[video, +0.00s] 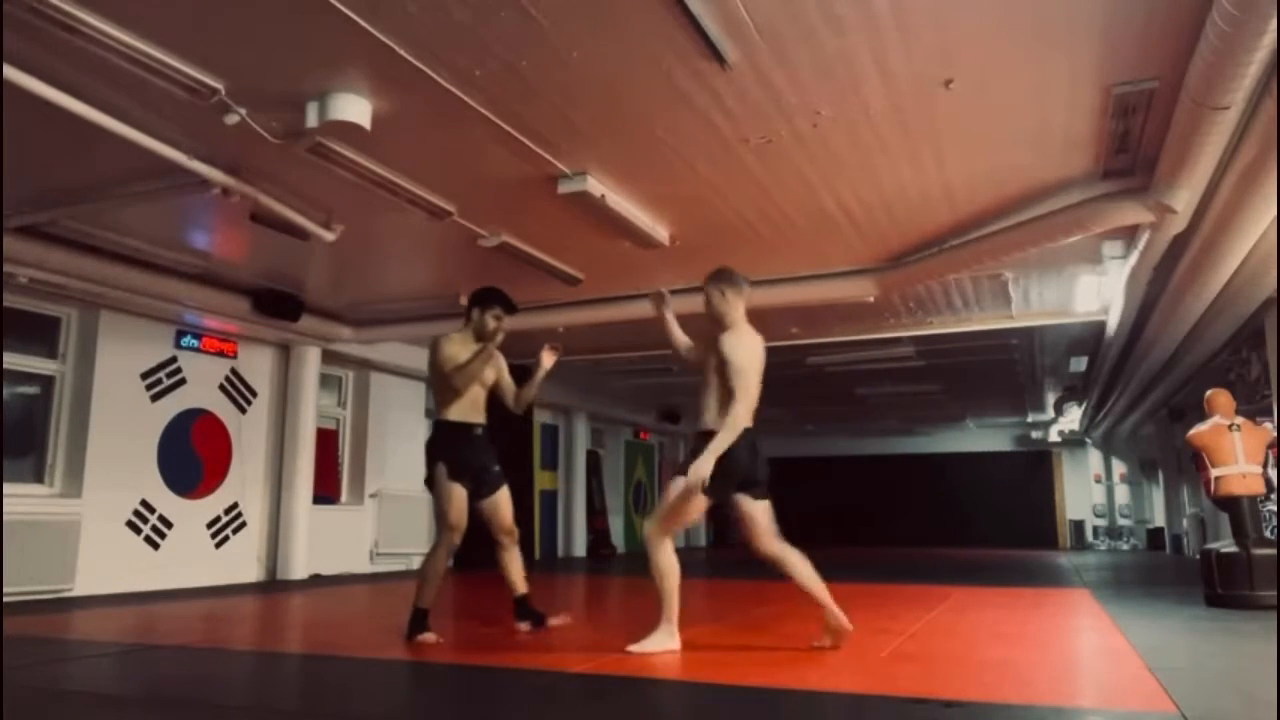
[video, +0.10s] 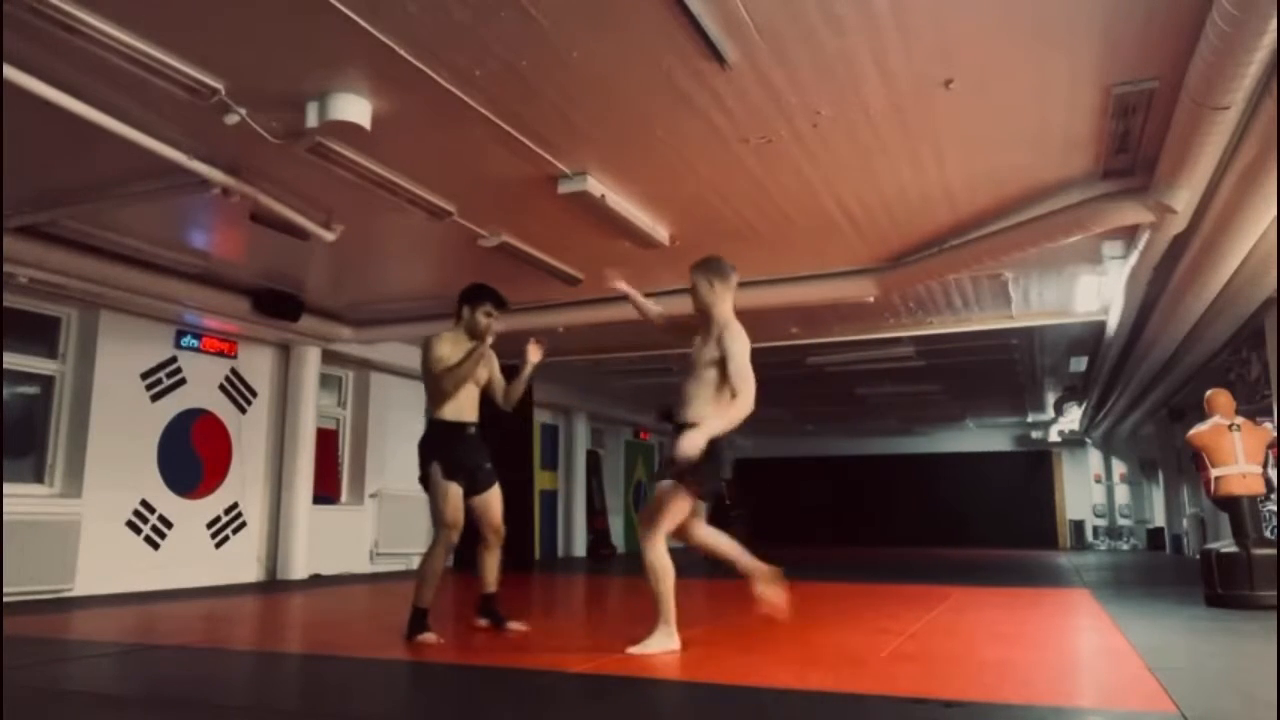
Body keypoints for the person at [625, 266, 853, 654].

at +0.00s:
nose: (708, 308)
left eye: (711, 300)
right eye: (707, 301)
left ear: (728, 296)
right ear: (736, 296)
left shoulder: (735, 340)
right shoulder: (739, 338)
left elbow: (742, 411)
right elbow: (690, 352)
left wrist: (706, 457)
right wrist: (667, 315)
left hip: (719, 449)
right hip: (744, 450)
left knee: (657, 532)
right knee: (768, 542)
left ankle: (667, 631)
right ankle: (834, 614)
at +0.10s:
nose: (694, 298)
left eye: (697, 290)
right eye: (693, 290)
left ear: (718, 286)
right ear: (717, 286)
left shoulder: (731, 333)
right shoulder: (709, 327)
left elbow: (746, 400)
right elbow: (662, 320)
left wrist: (703, 431)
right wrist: (630, 293)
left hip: (702, 447)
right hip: (690, 440)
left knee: (652, 533)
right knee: (690, 528)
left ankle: (667, 631)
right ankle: (761, 572)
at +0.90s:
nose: (635, 286)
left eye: (636, 277)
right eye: (633, 279)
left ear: (653, 266)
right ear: (650, 267)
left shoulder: (684, 316)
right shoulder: (659, 307)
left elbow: (675, 384)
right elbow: (637, 351)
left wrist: (620, 366)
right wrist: (598, 328)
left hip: (652, 421)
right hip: (625, 405)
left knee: (631, 520)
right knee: (575, 449)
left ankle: (616, 622)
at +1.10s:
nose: (634, 299)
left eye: (634, 290)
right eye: (632, 291)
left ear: (648, 280)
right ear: (661, 278)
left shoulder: (663, 317)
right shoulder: (690, 318)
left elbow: (668, 378)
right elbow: (667, 371)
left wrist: (625, 384)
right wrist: (628, 361)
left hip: (649, 424)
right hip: (670, 423)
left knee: (639, 528)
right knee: (653, 517)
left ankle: (635, 629)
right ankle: (682, 593)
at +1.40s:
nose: (662, 315)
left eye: (661, 309)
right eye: (660, 310)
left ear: (671, 299)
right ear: (691, 295)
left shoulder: (676, 324)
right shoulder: (728, 334)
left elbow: (642, 372)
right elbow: (720, 383)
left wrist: (610, 366)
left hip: (683, 433)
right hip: (718, 435)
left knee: (644, 523)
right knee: (722, 535)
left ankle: (636, 625)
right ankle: (741, 627)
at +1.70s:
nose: (671, 314)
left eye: (671, 308)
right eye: (668, 309)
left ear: (685, 295)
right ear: (700, 294)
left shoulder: (688, 321)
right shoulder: (732, 335)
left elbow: (632, 344)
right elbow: (694, 370)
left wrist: (602, 323)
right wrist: (661, 348)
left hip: (689, 431)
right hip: (723, 433)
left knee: (663, 527)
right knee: (732, 534)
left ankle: (663, 622)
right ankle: (743, 627)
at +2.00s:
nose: (650, 323)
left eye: (648, 317)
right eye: (646, 318)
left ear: (658, 303)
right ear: (675, 298)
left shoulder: (665, 330)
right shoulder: (717, 333)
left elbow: (668, 394)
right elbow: (723, 399)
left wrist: (632, 417)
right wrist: (681, 406)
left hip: (673, 429)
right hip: (707, 431)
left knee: (669, 533)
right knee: (705, 533)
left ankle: (668, 626)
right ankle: (734, 614)